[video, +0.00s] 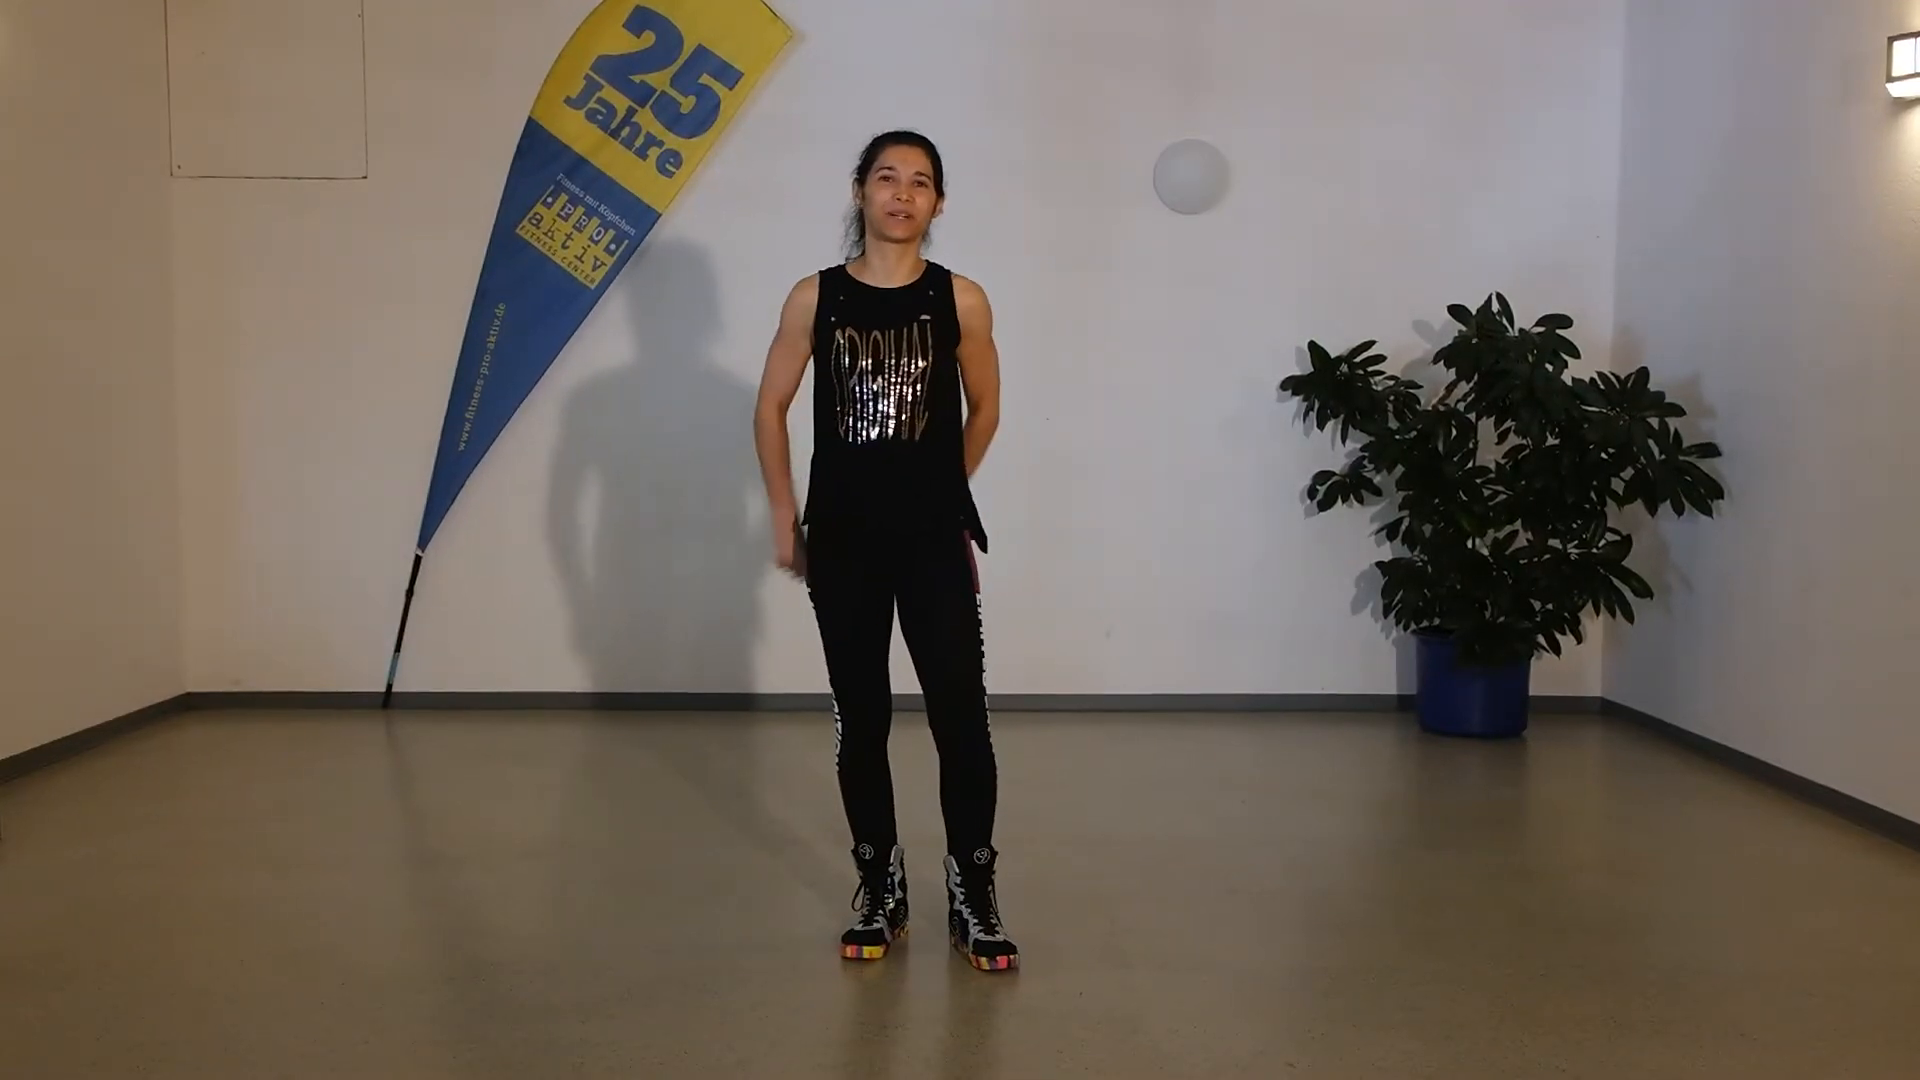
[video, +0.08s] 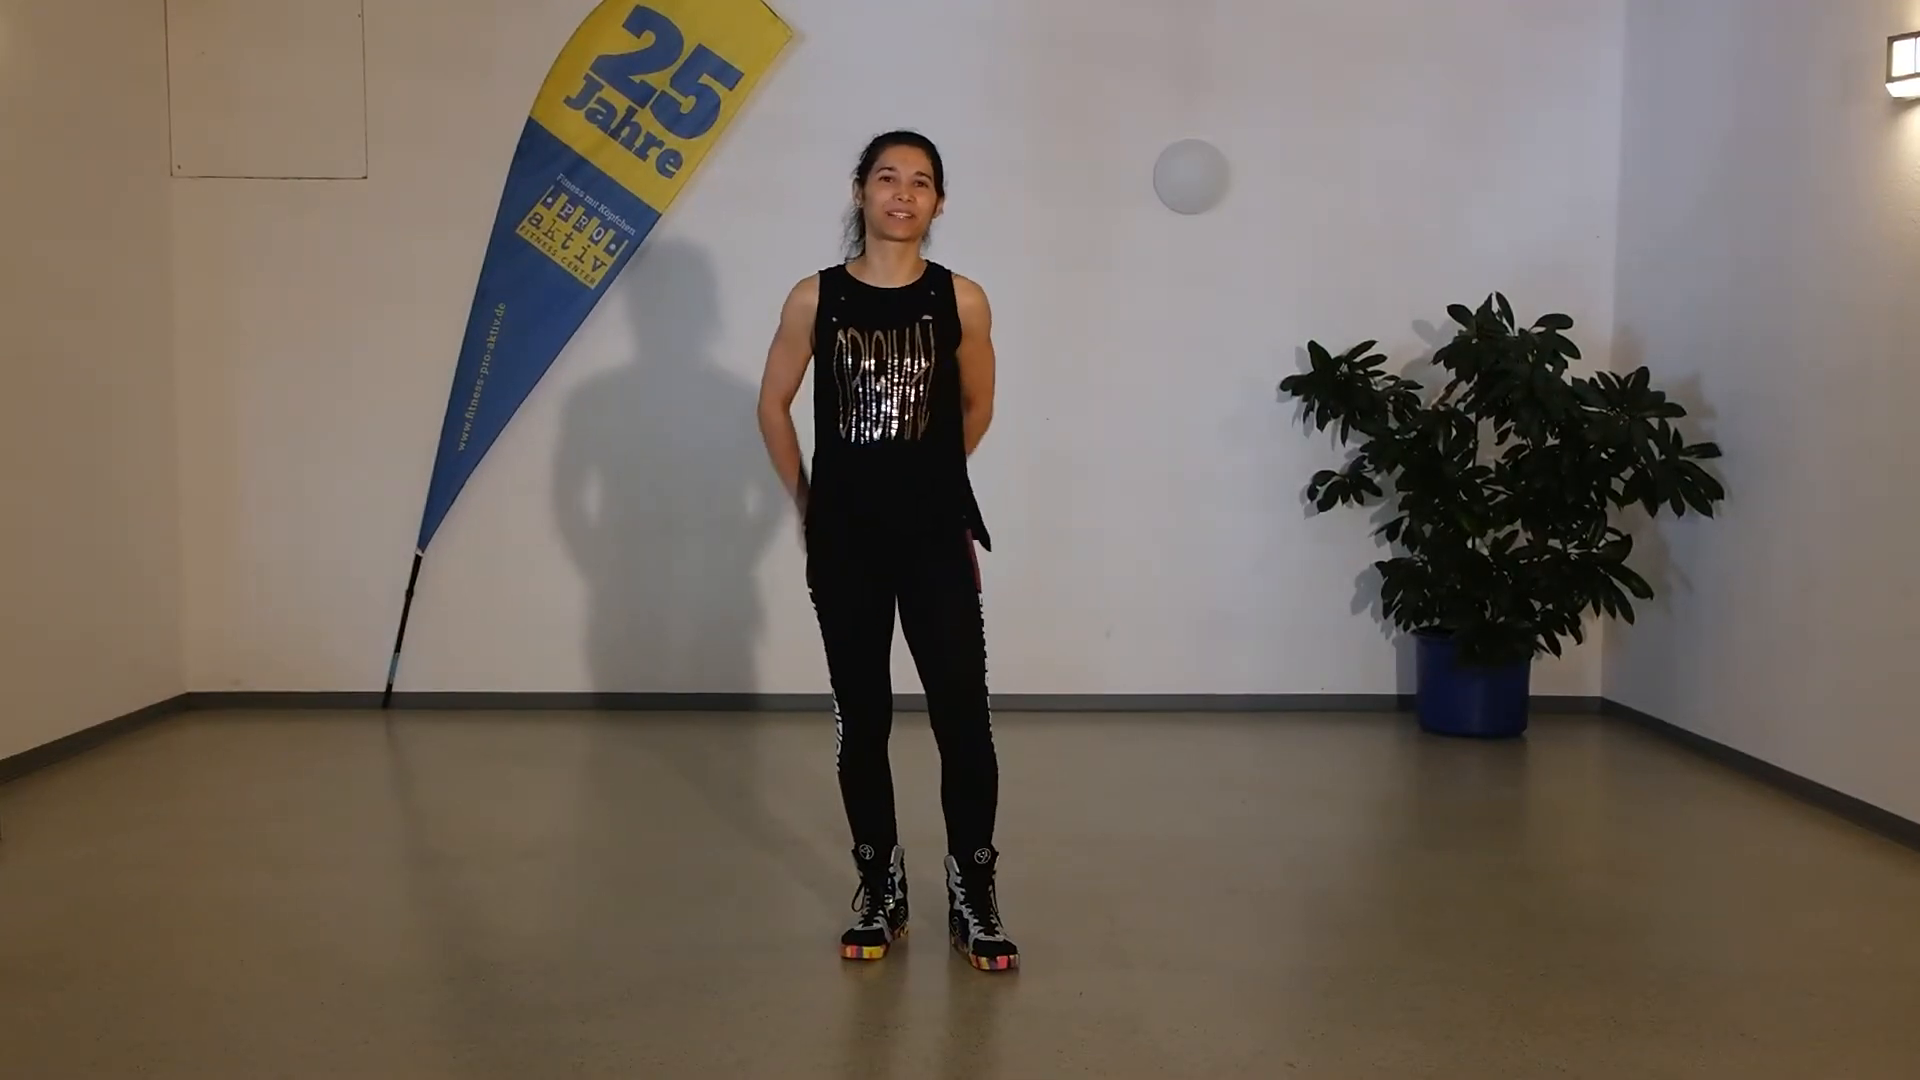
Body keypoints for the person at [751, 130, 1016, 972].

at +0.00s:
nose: (901, 192)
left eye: (918, 183)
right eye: (887, 178)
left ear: (936, 205)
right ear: (859, 194)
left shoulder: (961, 300)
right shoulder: (815, 297)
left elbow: (986, 411)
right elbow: (770, 411)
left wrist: (949, 487)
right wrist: (786, 519)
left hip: (933, 533)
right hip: (842, 535)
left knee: (961, 717)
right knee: (861, 721)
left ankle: (973, 895)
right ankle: (879, 888)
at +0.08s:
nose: (902, 193)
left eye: (919, 183)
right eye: (888, 178)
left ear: (936, 204)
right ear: (860, 193)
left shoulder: (961, 300)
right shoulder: (815, 298)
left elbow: (977, 412)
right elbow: (773, 409)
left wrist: (930, 475)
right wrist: (806, 500)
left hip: (934, 528)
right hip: (844, 529)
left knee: (963, 715)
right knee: (863, 719)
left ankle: (973, 897)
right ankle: (879, 890)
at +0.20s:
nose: (902, 193)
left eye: (919, 183)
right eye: (887, 178)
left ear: (935, 205)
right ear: (859, 194)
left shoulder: (961, 299)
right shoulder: (815, 298)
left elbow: (972, 413)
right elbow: (779, 410)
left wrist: (919, 470)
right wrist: (828, 488)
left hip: (936, 524)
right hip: (848, 526)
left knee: (963, 712)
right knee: (865, 718)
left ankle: (975, 894)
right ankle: (879, 887)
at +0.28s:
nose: (901, 193)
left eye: (918, 183)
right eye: (886, 179)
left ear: (934, 204)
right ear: (858, 194)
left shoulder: (961, 297)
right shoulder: (816, 298)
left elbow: (975, 415)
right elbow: (780, 412)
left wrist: (928, 478)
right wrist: (828, 492)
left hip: (939, 525)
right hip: (852, 527)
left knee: (966, 713)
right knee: (866, 718)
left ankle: (979, 895)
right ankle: (879, 887)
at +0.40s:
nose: (901, 194)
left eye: (917, 184)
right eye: (884, 180)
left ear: (934, 203)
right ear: (857, 196)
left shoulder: (962, 300)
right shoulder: (818, 302)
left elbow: (983, 418)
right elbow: (786, 420)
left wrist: (947, 491)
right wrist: (832, 502)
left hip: (945, 529)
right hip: (856, 530)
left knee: (972, 712)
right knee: (868, 718)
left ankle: (995, 896)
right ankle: (879, 888)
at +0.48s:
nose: (903, 194)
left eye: (919, 182)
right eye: (887, 180)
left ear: (938, 201)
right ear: (860, 195)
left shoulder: (966, 300)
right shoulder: (821, 304)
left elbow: (987, 419)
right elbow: (794, 425)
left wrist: (951, 493)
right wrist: (840, 505)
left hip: (949, 526)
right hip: (860, 529)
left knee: (981, 713)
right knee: (871, 717)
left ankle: (1011, 898)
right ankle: (881, 891)